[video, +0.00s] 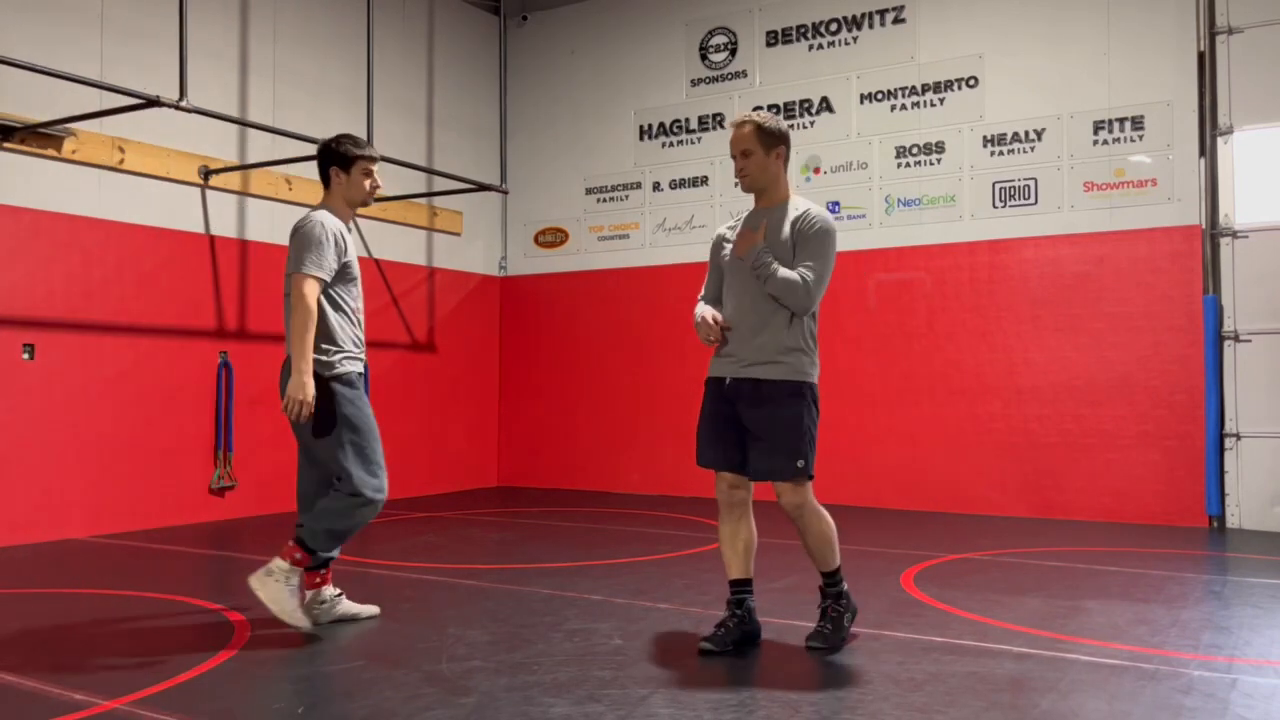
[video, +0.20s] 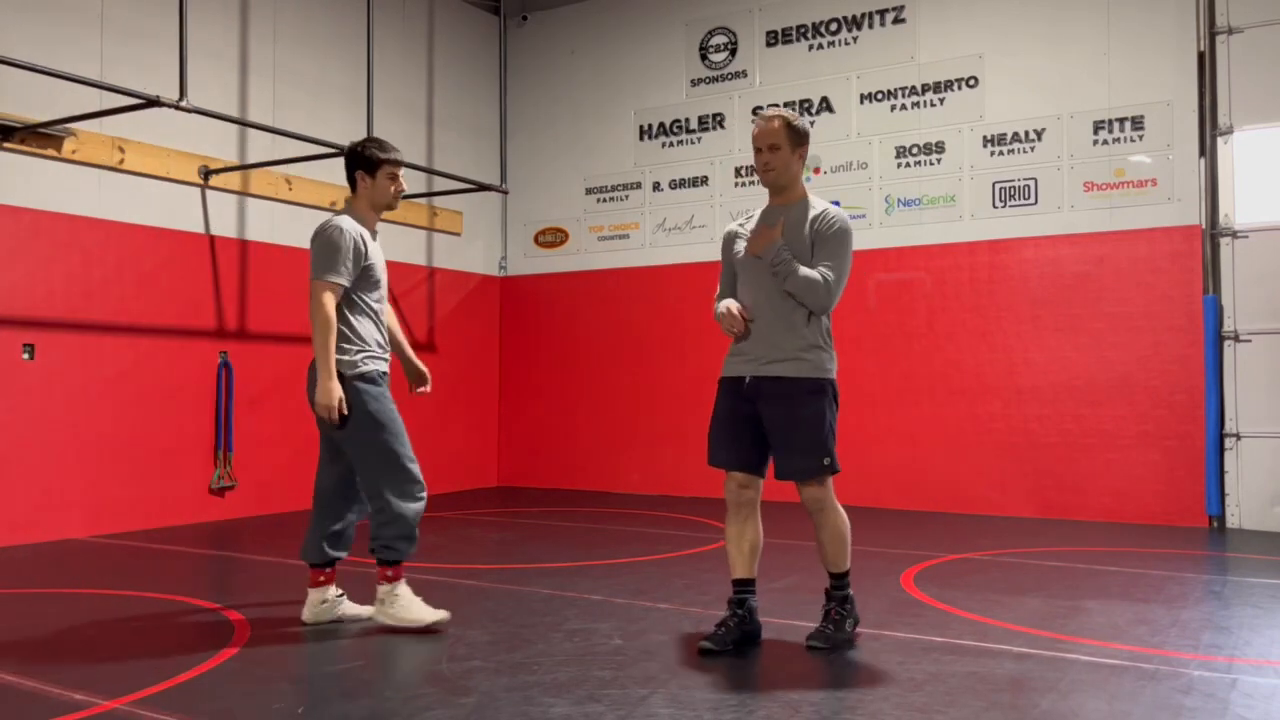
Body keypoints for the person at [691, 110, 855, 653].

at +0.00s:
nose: (737, 166)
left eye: (745, 155)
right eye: (733, 157)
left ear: (778, 156)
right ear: (737, 163)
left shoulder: (813, 224)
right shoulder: (728, 234)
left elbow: (804, 296)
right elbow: (708, 299)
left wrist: (754, 257)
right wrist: (703, 312)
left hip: (786, 381)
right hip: (729, 380)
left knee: (794, 497)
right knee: (732, 494)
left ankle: (837, 601)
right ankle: (741, 615)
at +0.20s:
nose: (762, 159)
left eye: (773, 149)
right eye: (757, 150)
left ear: (801, 155)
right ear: (753, 157)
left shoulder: (830, 222)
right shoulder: (740, 232)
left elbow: (824, 297)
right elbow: (727, 297)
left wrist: (772, 254)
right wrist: (725, 305)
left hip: (802, 377)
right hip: (742, 378)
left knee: (817, 495)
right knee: (740, 493)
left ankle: (840, 608)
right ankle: (743, 614)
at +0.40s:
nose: (784, 160)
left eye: (795, 151)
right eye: (778, 151)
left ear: (820, 156)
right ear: (772, 159)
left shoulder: (850, 228)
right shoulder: (752, 235)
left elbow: (863, 305)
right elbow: (725, 303)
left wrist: (807, 266)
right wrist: (744, 306)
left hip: (824, 378)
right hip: (761, 379)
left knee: (832, 494)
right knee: (750, 491)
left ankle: (842, 610)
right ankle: (743, 615)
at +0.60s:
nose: (800, 162)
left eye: (811, 152)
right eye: (793, 153)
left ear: (836, 158)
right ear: (786, 160)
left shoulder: (866, 230)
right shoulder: (766, 236)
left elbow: (896, 308)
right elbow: (742, 310)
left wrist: (841, 284)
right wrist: (766, 302)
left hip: (841, 381)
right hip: (778, 383)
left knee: (846, 495)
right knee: (754, 491)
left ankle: (844, 612)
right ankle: (745, 612)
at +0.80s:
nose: (810, 165)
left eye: (821, 156)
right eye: (803, 156)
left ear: (845, 159)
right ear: (797, 163)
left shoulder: (876, 232)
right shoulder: (776, 235)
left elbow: (910, 306)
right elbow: (757, 308)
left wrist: (850, 290)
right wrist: (787, 303)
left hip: (846, 380)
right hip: (783, 378)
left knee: (847, 493)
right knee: (747, 479)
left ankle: (844, 609)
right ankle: (776, 583)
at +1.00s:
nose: (816, 169)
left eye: (827, 160)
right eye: (810, 160)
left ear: (851, 165)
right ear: (803, 166)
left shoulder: (876, 236)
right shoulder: (777, 237)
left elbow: (902, 311)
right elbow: (752, 308)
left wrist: (841, 287)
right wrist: (787, 302)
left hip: (847, 380)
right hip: (785, 381)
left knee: (847, 493)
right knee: (768, 492)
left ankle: (844, 607)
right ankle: (801, 563)